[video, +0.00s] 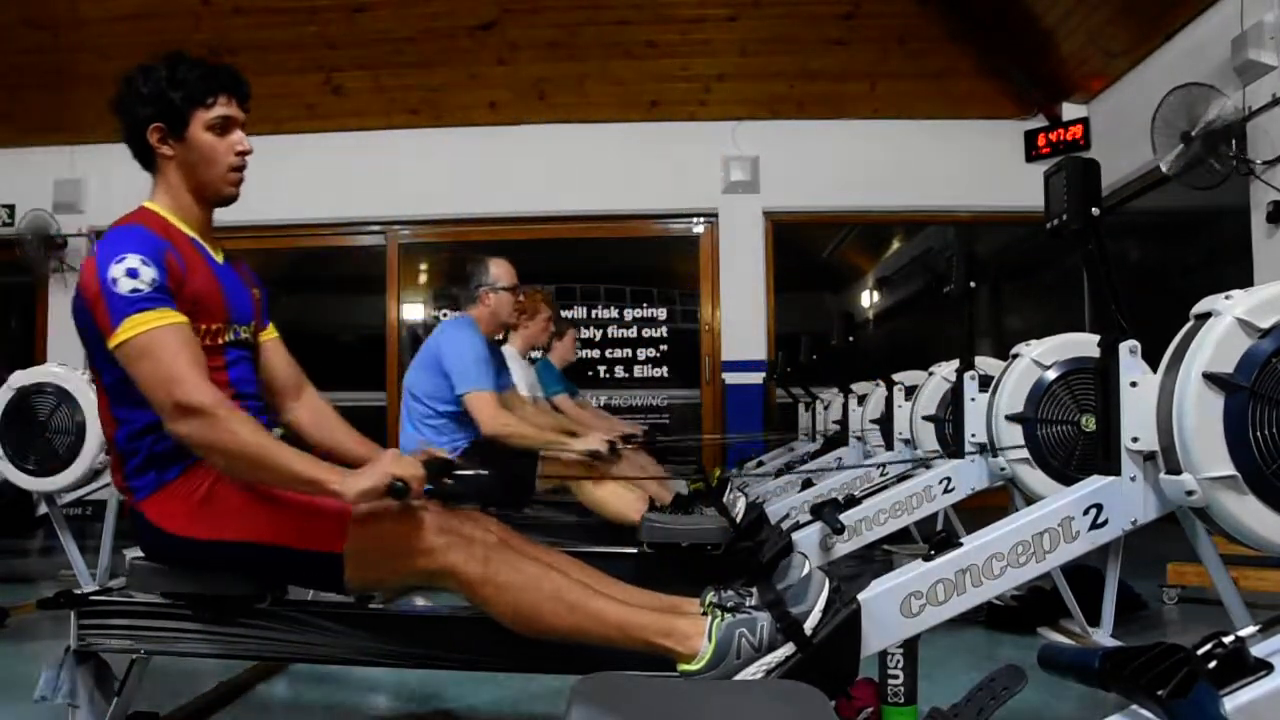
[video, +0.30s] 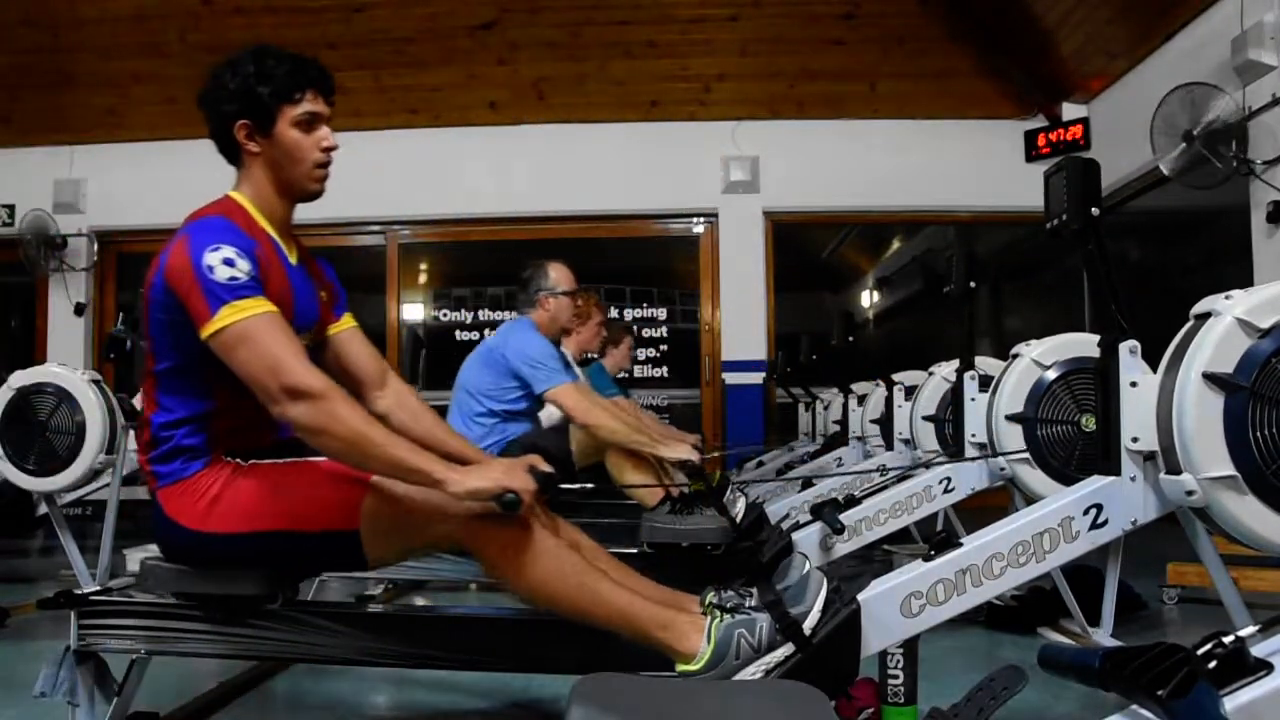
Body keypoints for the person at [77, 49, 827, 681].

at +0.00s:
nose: (243, 144)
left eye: (243, 129)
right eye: (221, 128)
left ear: (223, 144)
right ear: (163, 141)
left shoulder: (224, 269)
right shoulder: (129, 254)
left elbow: (292, 397)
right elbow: (193, 420)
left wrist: (374, 460)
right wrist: (340, 482)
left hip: (258, 483)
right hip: (193, 498)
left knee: (475, 523)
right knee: (447, 536)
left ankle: (698, 624)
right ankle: (697, 639)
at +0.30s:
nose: (329, 144)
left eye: (329, 127)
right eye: (309, 126)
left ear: (281, 138)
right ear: (248, 136)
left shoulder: (298, 263)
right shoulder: (212, 244)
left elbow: (383, 385)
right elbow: (294, 397)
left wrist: (476, 461)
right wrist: (455, 476)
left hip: (268, 474)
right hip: (207, 490)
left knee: (499, 489)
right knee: (475, 510)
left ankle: (699, 621)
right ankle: (693, 643)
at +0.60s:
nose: (436, 147)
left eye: (434, 130)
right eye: (416, 132)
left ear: (377, 145)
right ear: (356, 143)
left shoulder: (389, 260)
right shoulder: (320, 242)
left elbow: (478, 383)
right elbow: (415, 397)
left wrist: (584, 465)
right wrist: (575, 477)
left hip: (320, 478)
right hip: (264, 494)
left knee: (537, 442)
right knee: (513, 459)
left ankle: (691, 612)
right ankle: (693, 640)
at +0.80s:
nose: (515, 151)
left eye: (511, 132)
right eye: (494, 133)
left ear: (449, 152)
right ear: (436, 148)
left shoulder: (450, 253)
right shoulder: (400, 247)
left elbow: (545, 380)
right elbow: (515, 399)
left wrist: (651, 466)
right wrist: (675, 471)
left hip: (366, 481)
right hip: (322, 495)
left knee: (584, 411)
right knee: (564, 419)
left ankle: (692, 611)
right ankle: (696, 642)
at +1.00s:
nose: (598, 155)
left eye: (594, 136)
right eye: (579, 137)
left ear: (529, 153)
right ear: (520, 150)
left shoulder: (502, 244)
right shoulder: (487, 248)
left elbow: (611, 378)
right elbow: (620, 389)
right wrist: (780, 468)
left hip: (422, 483)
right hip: (396, 499)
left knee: (633, 386)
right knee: (633, 398)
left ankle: (698, 620)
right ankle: (700, 641)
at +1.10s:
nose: (640, 157)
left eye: (635, 138)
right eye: (621, 139)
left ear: (571, 154)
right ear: (563, 152)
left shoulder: (546, 244)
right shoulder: (533, 248)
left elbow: (665, 373)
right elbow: (672, 388)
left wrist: (821, 441)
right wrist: (829, 464)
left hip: (460, 490)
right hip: (437, 503)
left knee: (667, 384)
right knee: (661, 398)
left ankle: (705, 616)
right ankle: (701, 637)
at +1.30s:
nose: (708, 157)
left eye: (704, 139)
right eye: (691, 141)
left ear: (638, 155)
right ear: (634, 154)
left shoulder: (619, 243)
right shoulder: (610, 248)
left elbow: (764, 366)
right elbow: (765, 383)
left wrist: (883, 445)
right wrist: (923, 447)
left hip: (520, 495)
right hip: (502, 506)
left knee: (734, 373)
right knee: (730, 384)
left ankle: (705, 607)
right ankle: (702, 623)